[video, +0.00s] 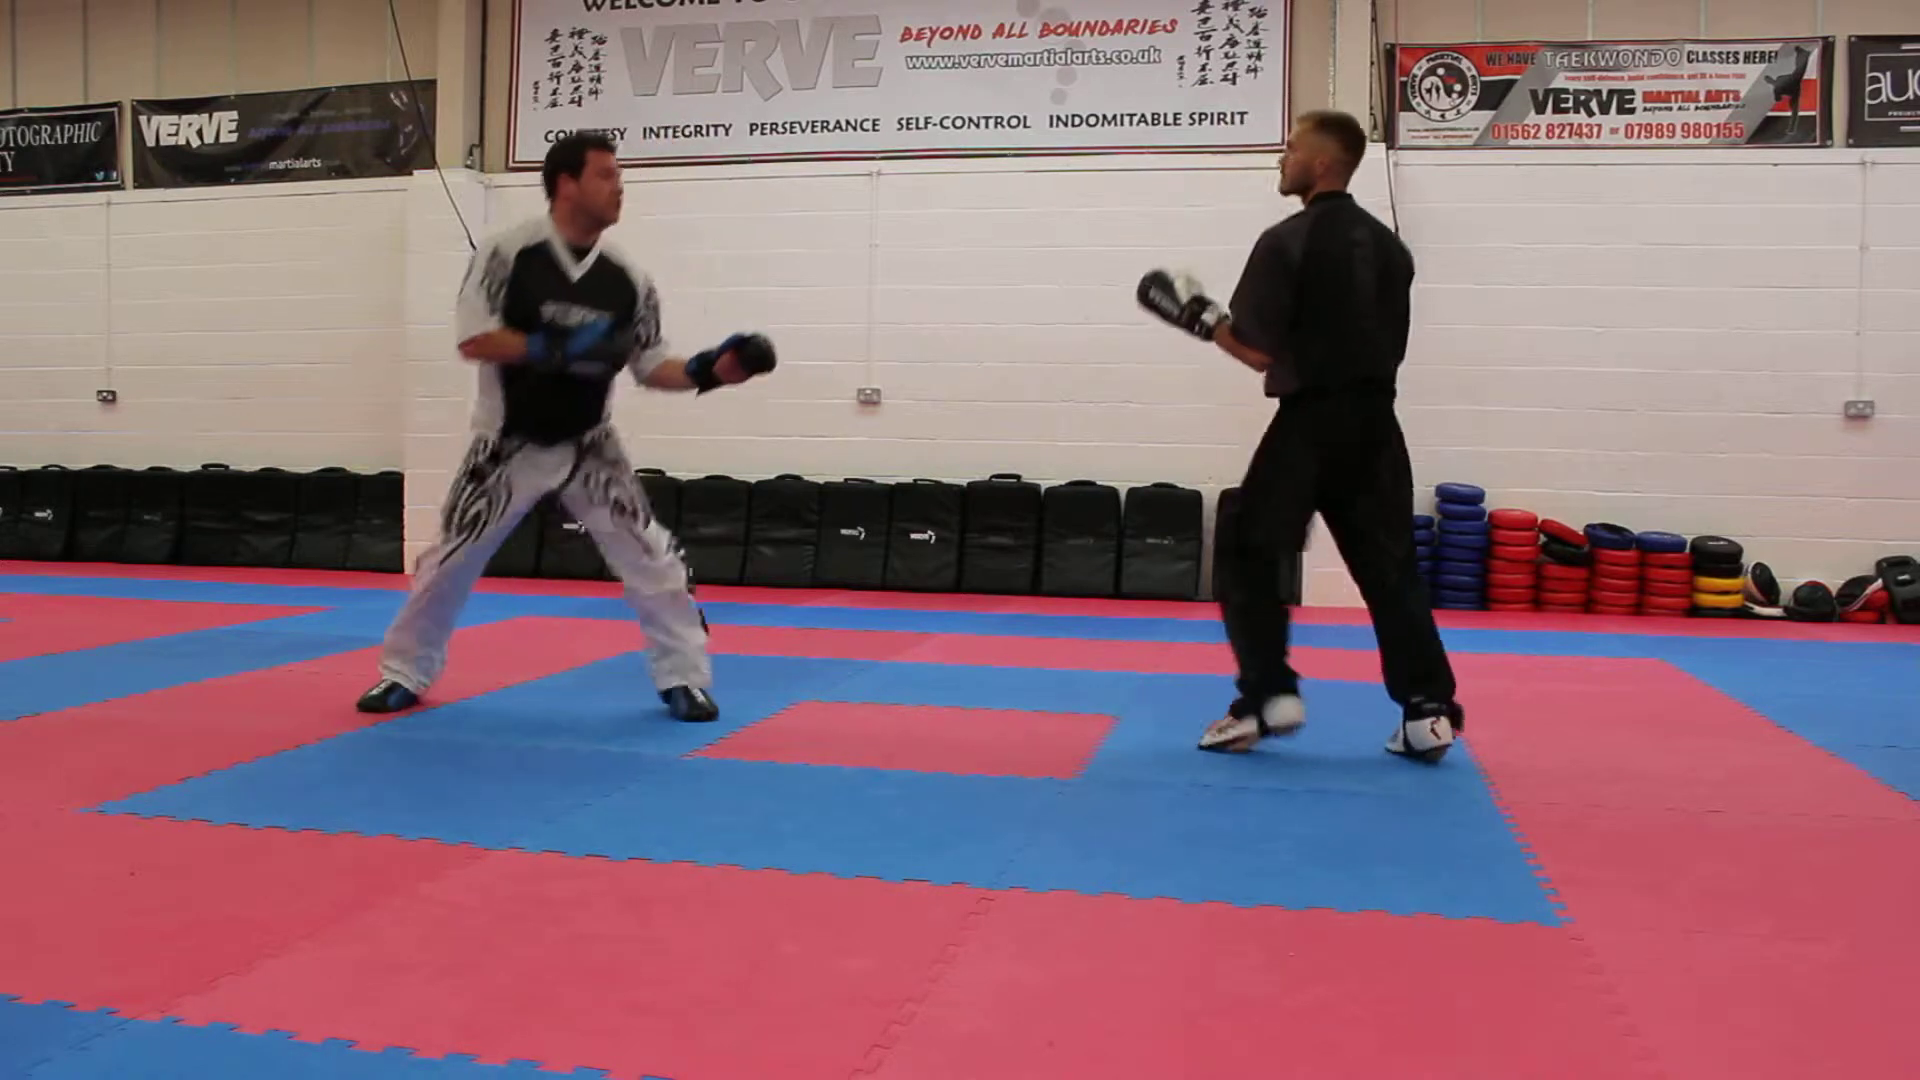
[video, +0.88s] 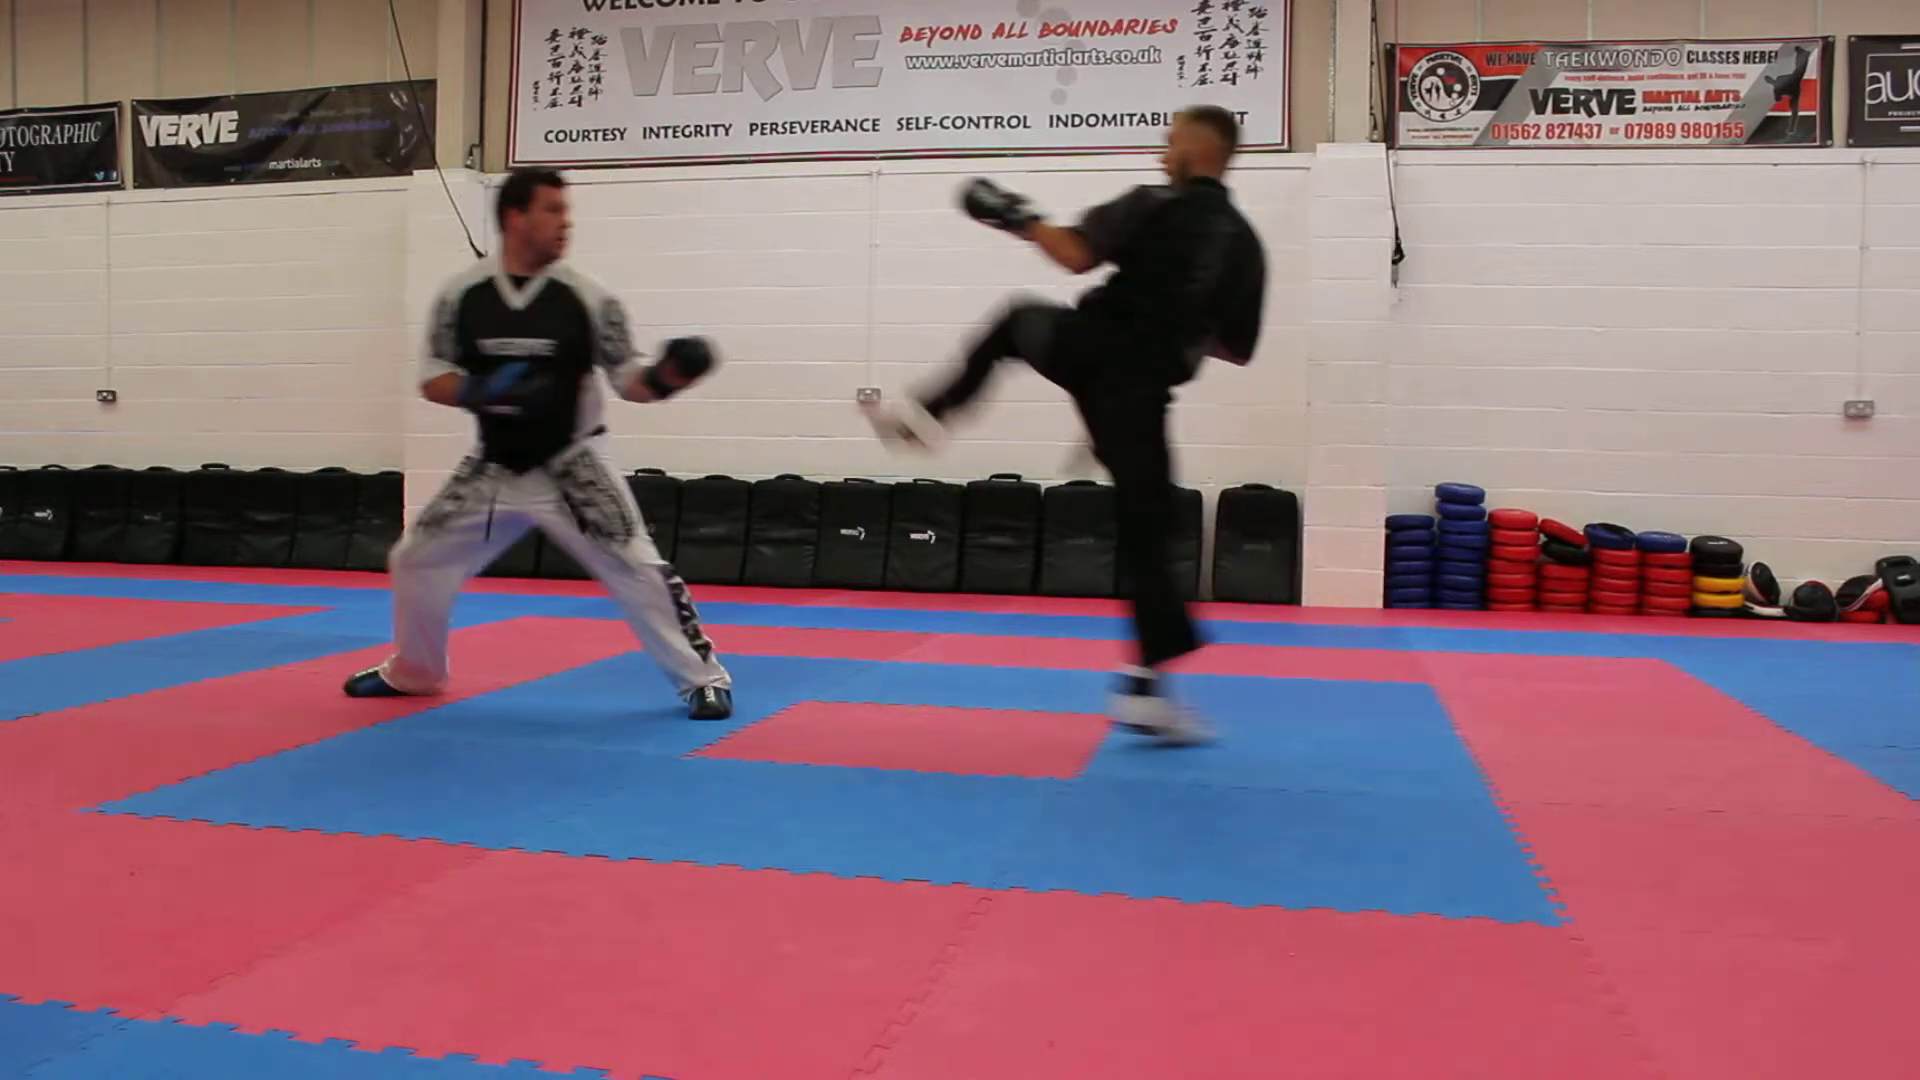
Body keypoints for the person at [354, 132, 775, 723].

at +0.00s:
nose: (619, 187)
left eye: (619, 176)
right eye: (606, 176)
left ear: (607, 187)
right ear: (564, 186)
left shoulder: (629, 281)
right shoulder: (505, 254)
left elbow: (651, 368)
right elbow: (473, 340)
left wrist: (709, 372)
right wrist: (551, 346)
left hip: (590, 449)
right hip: (507, 448)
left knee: (653, 561)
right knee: (452, 562)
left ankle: (683, 680)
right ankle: (404, 674)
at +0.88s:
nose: (566, 223)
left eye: (566, 212)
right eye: (553, 212)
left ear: (560, 218)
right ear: (512, 218)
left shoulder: (588, 301)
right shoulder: (461, 297)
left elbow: (628, 381)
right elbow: (433, 381)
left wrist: (664, 377)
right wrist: (479, 392)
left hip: (571, 468)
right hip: (491, 470)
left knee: (640, 570)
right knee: (414, 563)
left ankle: (704, 679)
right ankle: (414, 674)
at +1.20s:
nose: (411, 188)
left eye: (414, 176)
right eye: (399, 176)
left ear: (419, 180)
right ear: (362, 182)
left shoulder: (439, 250)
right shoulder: (331, 264)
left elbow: (483, 330)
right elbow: (312, 346)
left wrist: (435, 311)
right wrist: (338, 357)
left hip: (440, 411)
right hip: (380, 416)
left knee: (365, 529)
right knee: (360, 537)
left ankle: (400, 653)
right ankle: (400, 659)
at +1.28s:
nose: (372, 185)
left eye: (376, 174)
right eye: (359, 174)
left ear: (382, 180)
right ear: (327, 181)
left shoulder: (399, 248)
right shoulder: (310, 265)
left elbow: (439, 325)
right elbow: (289, 362)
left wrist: (363, 314)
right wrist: (321, 348)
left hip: (400, 412)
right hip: (352, 414)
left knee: (314, 532)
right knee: (358, 550)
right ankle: (410, 663)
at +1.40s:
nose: (256, 194)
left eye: (265, 179)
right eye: (254, 181)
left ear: (302, 178)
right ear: (285, 184)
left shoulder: (331, 240)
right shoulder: (307, 245)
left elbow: (347, 327)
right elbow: (307, 335)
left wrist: (265, 362)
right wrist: (259, 367)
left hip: (329, 420)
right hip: (365, 422)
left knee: (250, 541)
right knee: (338, 552)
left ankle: (190, 666)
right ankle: (408, 660)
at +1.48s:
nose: (212, 203)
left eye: (215, 192)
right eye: (213, 192)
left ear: (230, 191)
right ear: (264, 189)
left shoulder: (258, 233)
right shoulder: (296, 235)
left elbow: (280, 323)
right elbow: (307, 330)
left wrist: (242, 372)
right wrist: (236, 354)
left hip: (300, 423)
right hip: (346, 424)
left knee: (212, 538)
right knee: (320, 553)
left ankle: (182, 675)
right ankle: (403, 656)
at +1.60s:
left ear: (154, 209)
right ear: (213, 201)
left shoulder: (150, 272)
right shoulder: (262, 255)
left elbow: (146, 368)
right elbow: (308, 333)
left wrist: (134, 434)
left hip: (243, 422)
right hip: (315, 420)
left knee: (182, 544)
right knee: (286, 537)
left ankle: (181, 676)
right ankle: (358, 626)